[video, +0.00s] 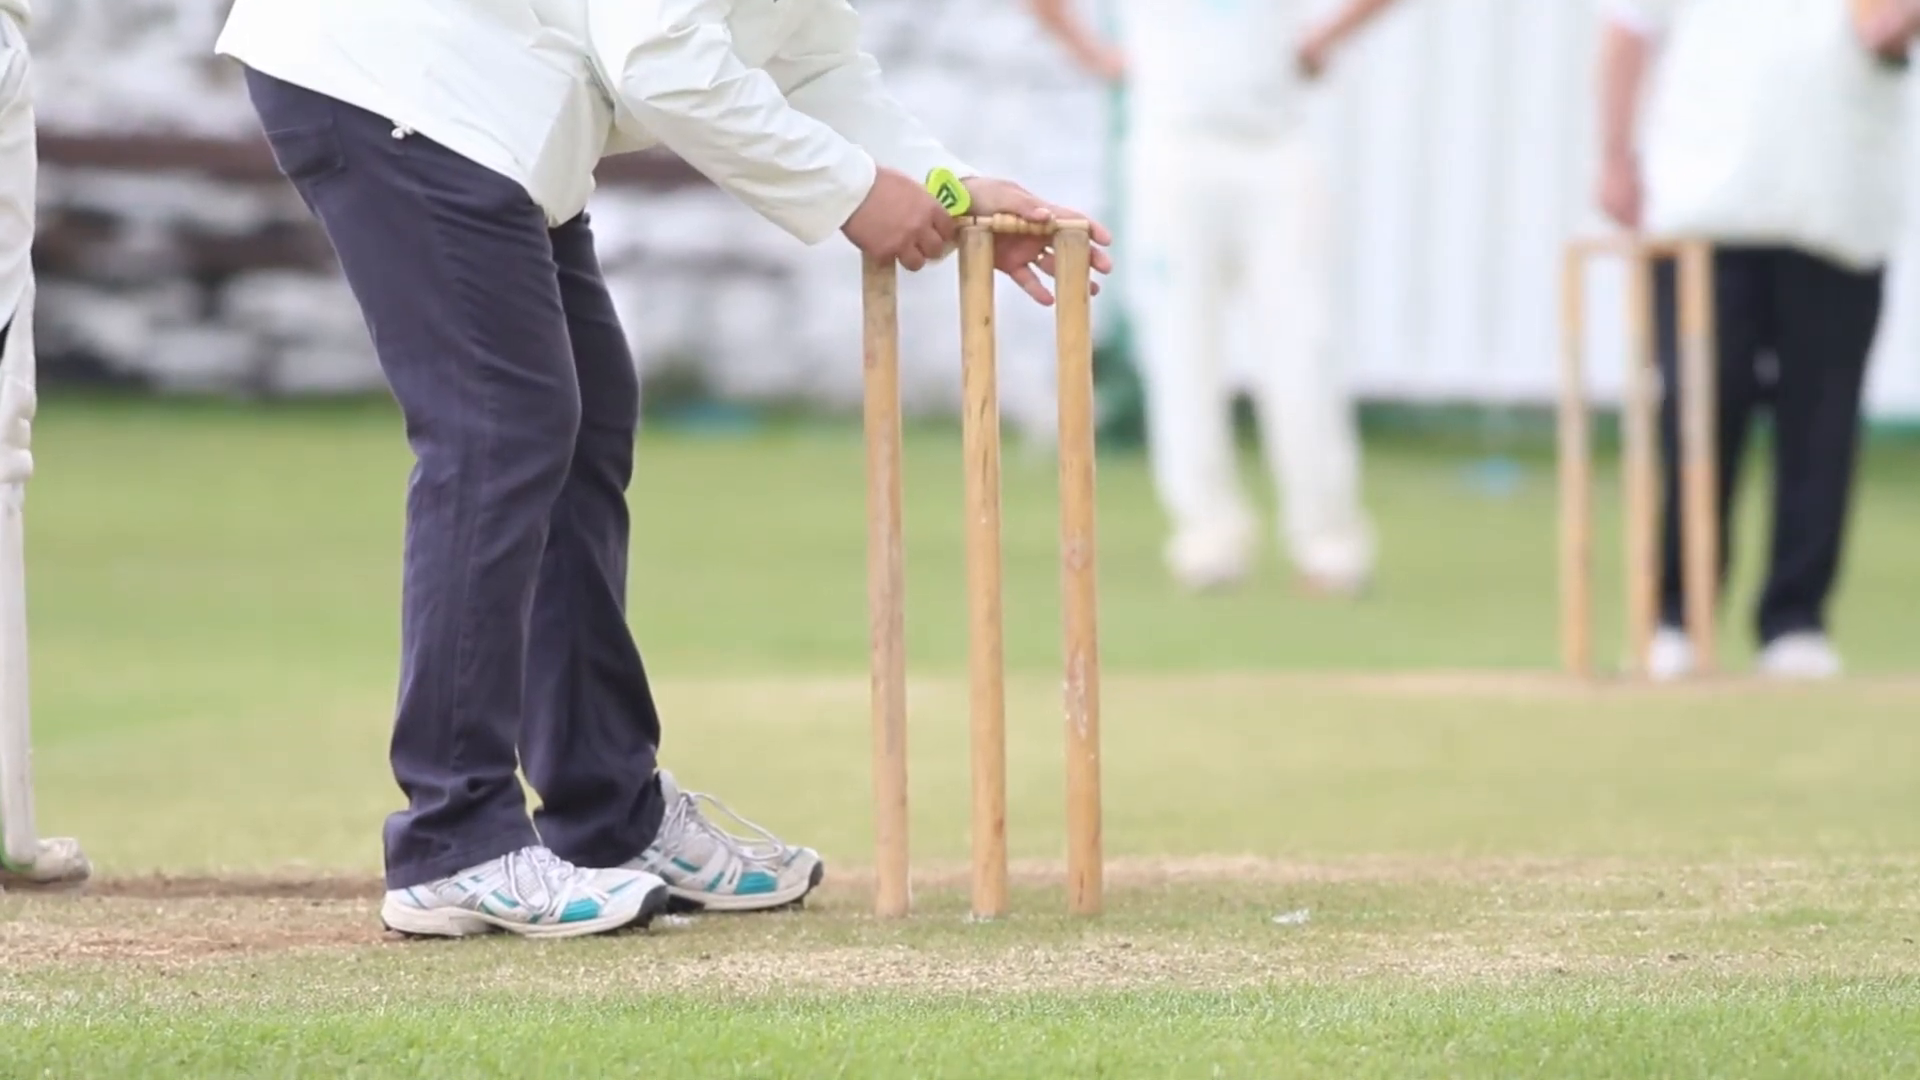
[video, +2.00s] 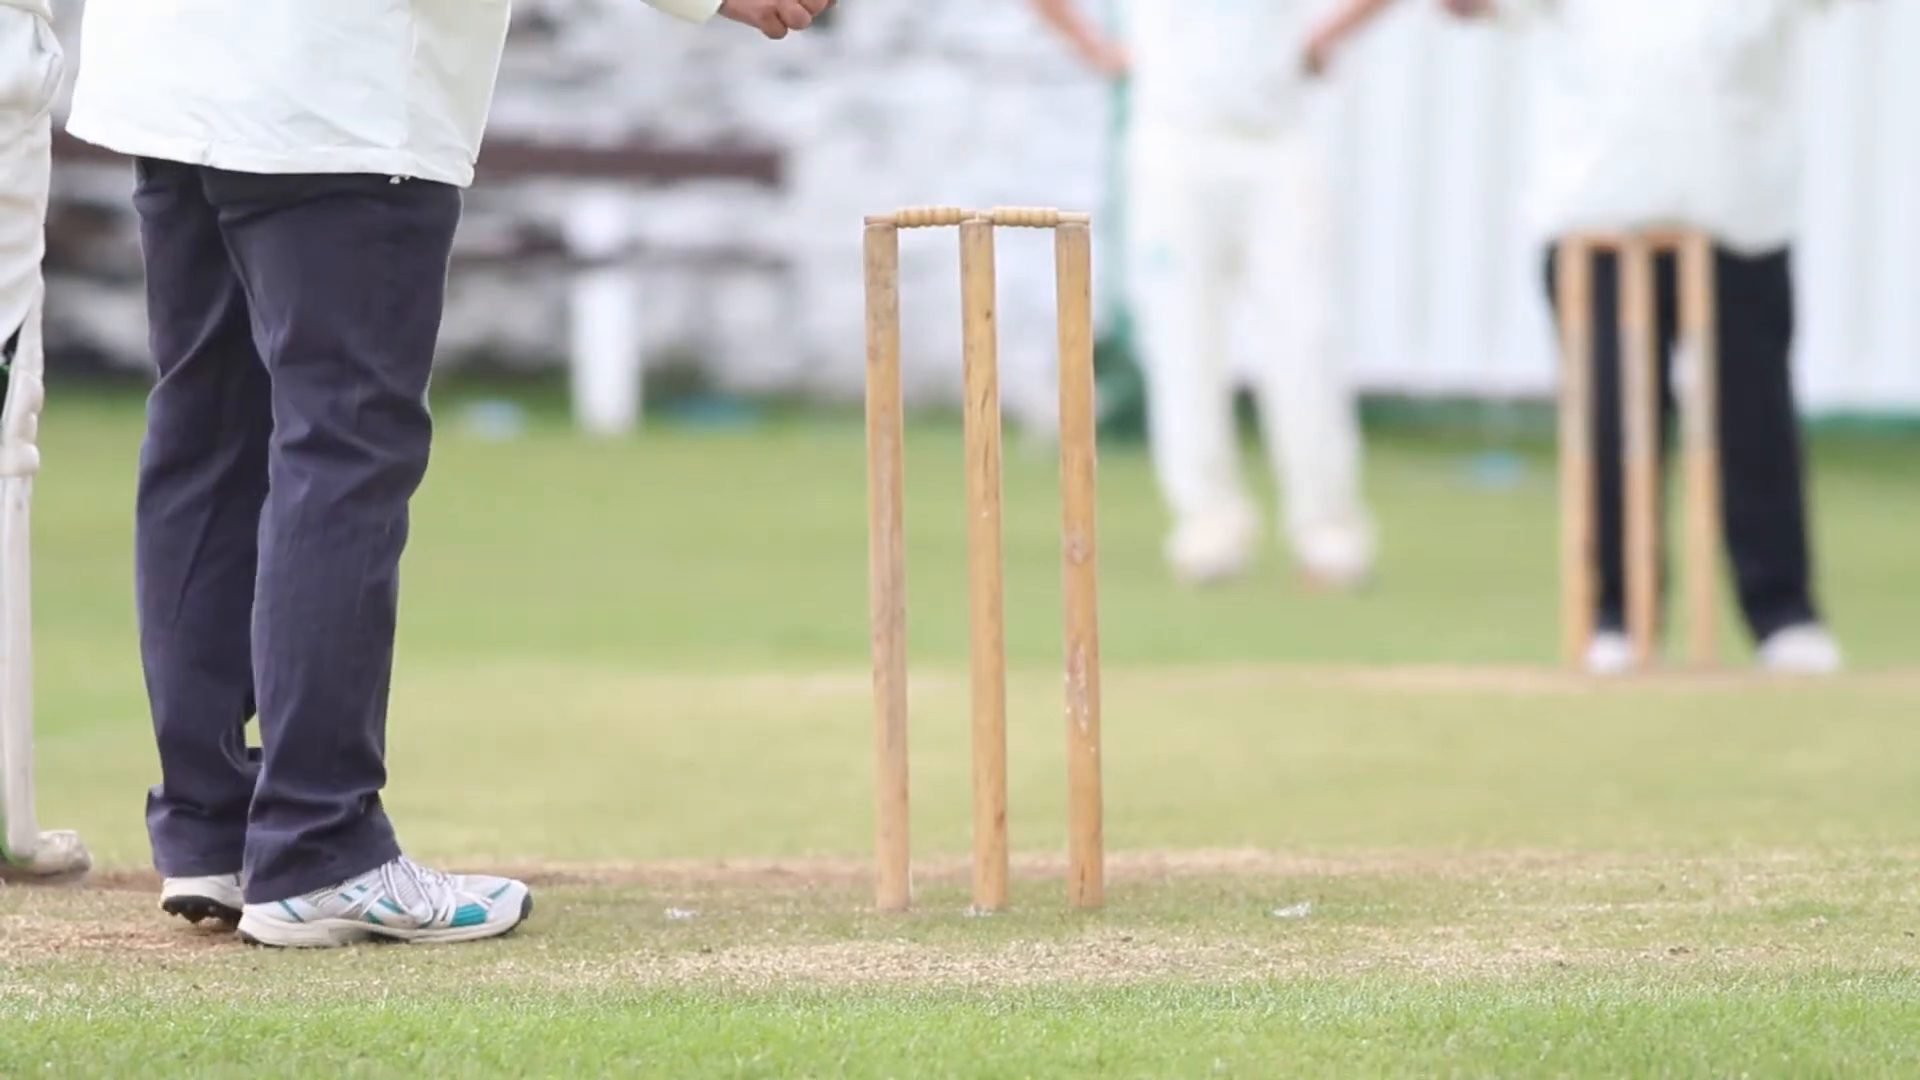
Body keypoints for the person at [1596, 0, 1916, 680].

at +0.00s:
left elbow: (1885, 28)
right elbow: (1629, 25)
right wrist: (1618, 159)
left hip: (1843, 196)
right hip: (1704, 190)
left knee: (1820, 431)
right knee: (1696, 423)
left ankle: (1796, 625)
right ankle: (1676, 623)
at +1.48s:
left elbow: (1854, 7)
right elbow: (1530, 22)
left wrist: (1804, 8)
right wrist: (1513, 160)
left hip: (1751, 193)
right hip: (1610, 192)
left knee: (1759, 421)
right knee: (1619, 427)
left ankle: (1786, 620)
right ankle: (1617, 624)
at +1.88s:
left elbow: (1842, 7)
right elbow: (1498, 6)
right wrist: (1472, 67)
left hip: (1736, 188)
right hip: (1597, 189)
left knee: (1757, 420)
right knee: (1614, 425)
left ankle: (1786, 621)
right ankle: (1615, 624)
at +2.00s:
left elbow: (1819, 12)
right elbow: (1517, 12)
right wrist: (1473, 6)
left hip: (1738, 201)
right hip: (1597, 200)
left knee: (1758, 428)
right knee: (1615, 428)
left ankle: (1786, 619)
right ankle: (1616, 623)